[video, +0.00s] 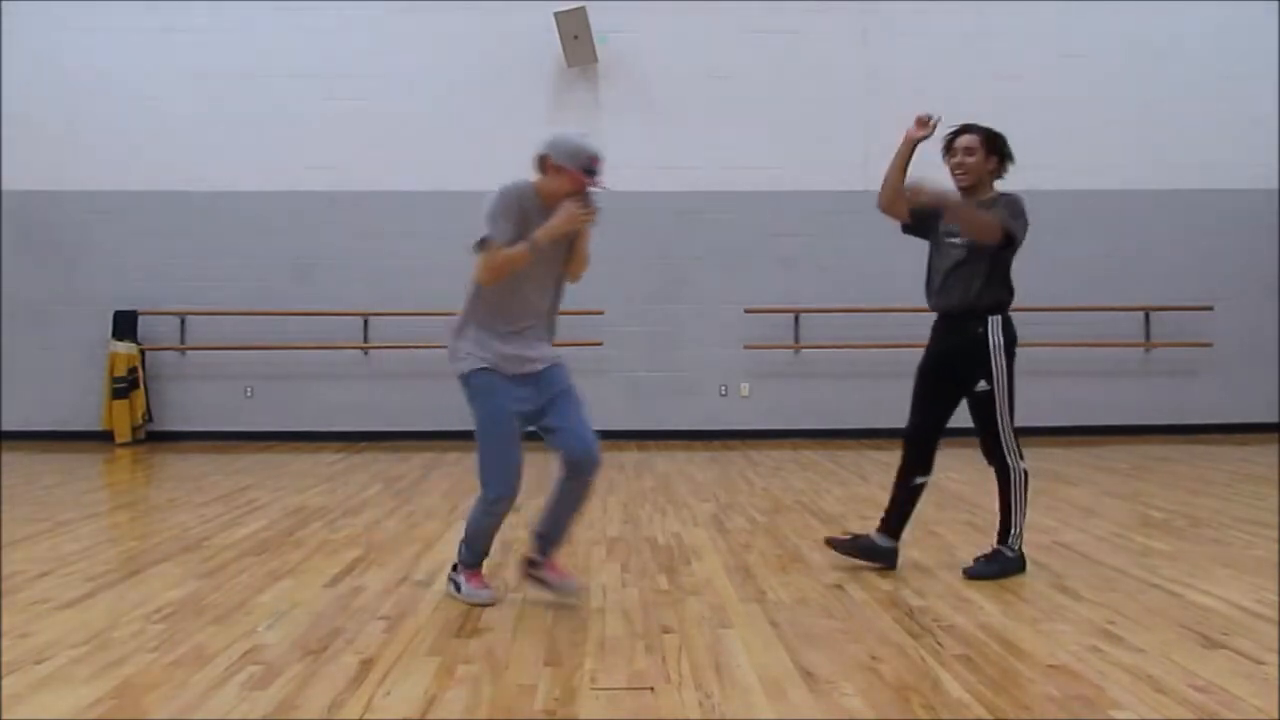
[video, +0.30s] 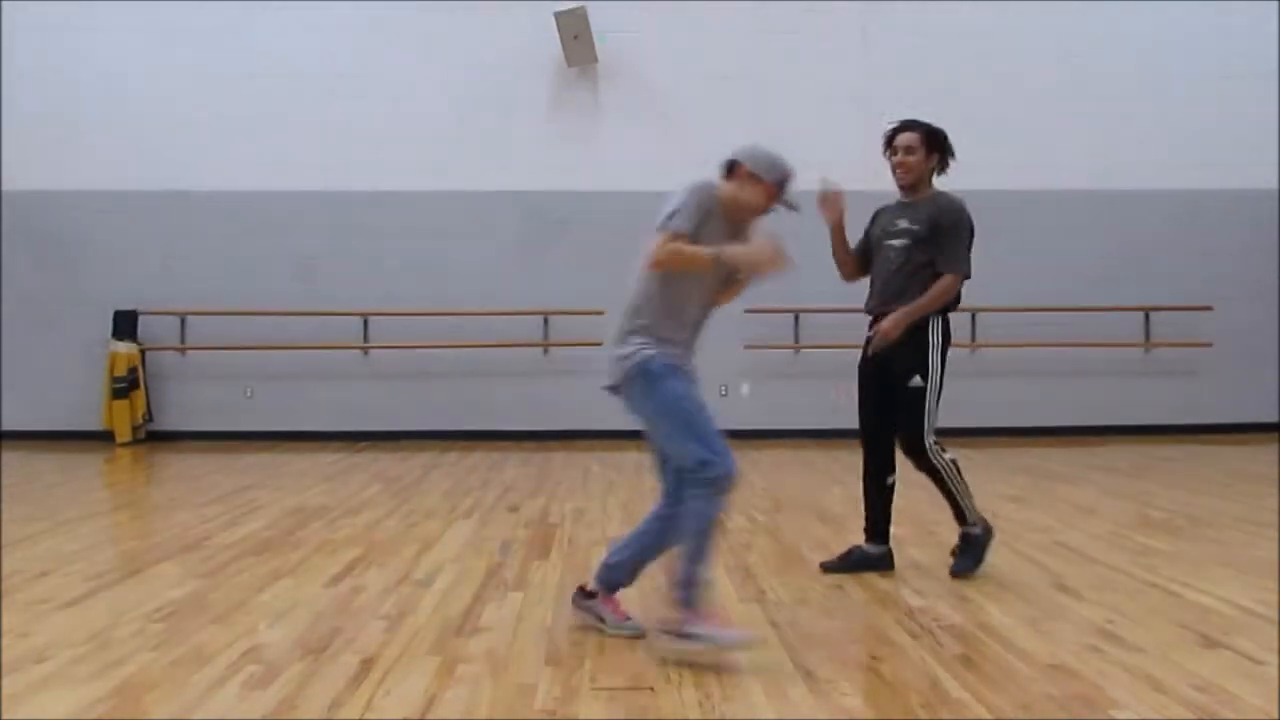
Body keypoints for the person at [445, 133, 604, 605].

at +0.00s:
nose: (584, 188)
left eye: (587, 181)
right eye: (579, 178)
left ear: (578, 178)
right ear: (549, 168)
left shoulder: (569, 209)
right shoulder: (513, 200)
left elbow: (574, 273)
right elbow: (488, 271)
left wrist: (580, 227)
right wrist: (549, 231)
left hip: (538, 357)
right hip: (485, 356)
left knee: (583, 456)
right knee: (502, 486)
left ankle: (540, 557)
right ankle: (467, 568)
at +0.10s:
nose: (648, 192)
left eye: (652, 185)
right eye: (646, 180)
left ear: (639, 182)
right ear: (619, 168)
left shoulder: (617, 214)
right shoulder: (573, 194)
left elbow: (614, 281)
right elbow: (543, 259)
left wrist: (630, 232)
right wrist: (609, 227)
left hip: (575, 361)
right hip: (528, 360)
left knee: (625, 464)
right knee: (536, 487)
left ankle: (593, 584)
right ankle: (477, 549)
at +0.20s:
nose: (707, 209)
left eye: (711, 201)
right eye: (705, 196)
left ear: (694, 192)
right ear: (680, 180)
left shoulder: (674, 226)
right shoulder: (637, 202)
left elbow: (663, 296)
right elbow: (605, 266)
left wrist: (687, 247)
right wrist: (672, 237)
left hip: (623, 366)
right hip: (581, 359)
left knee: (656, 488)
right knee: (631, 480)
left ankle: (594, 597)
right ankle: (535, 560)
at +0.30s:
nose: (765, 210)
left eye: (772, 203)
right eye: (765, 197)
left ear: (762, 195)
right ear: (740, 176)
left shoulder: (737, 227)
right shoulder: (702, 196)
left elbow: (707, 297)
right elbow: (661, 254)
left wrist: (749, 272)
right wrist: (731, 256)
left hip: (673, 362)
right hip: (645, 356)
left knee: (682, 497)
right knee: (710, 467)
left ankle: (599, 591)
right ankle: (687, 611)